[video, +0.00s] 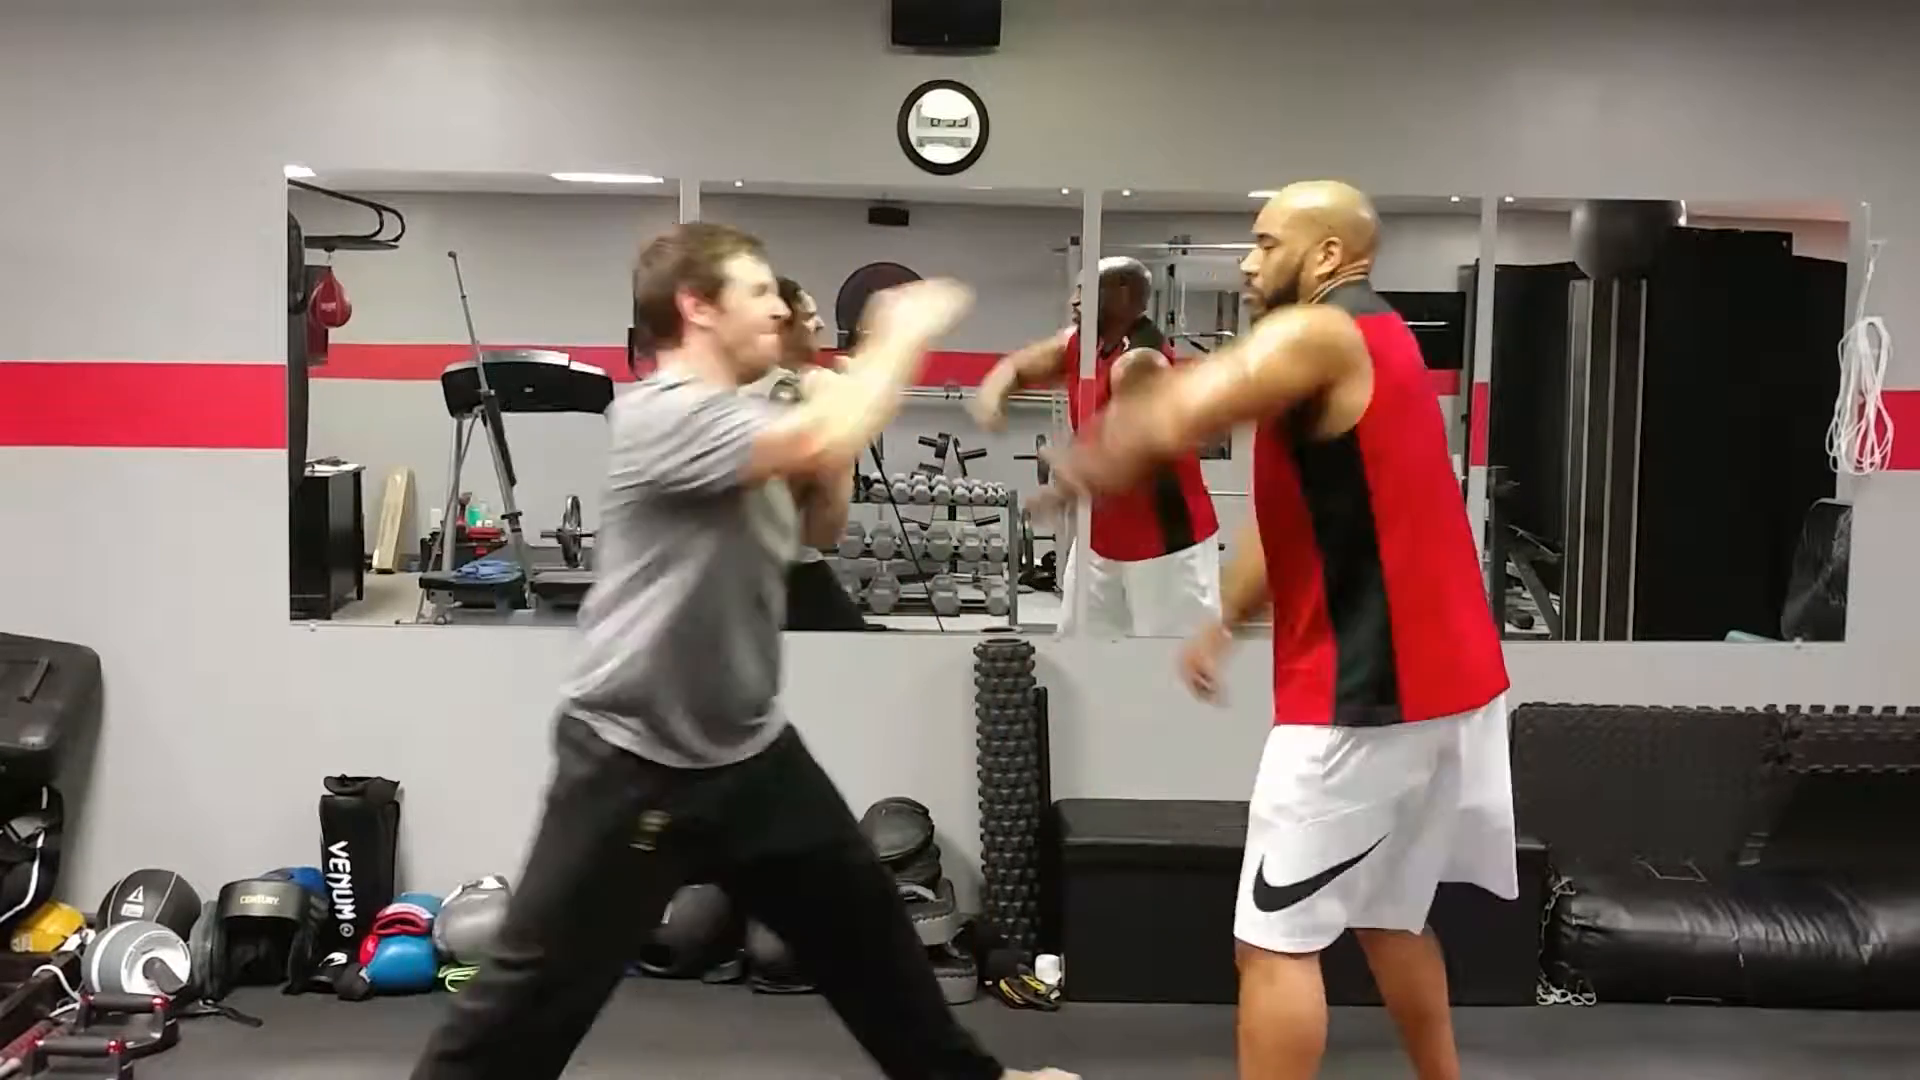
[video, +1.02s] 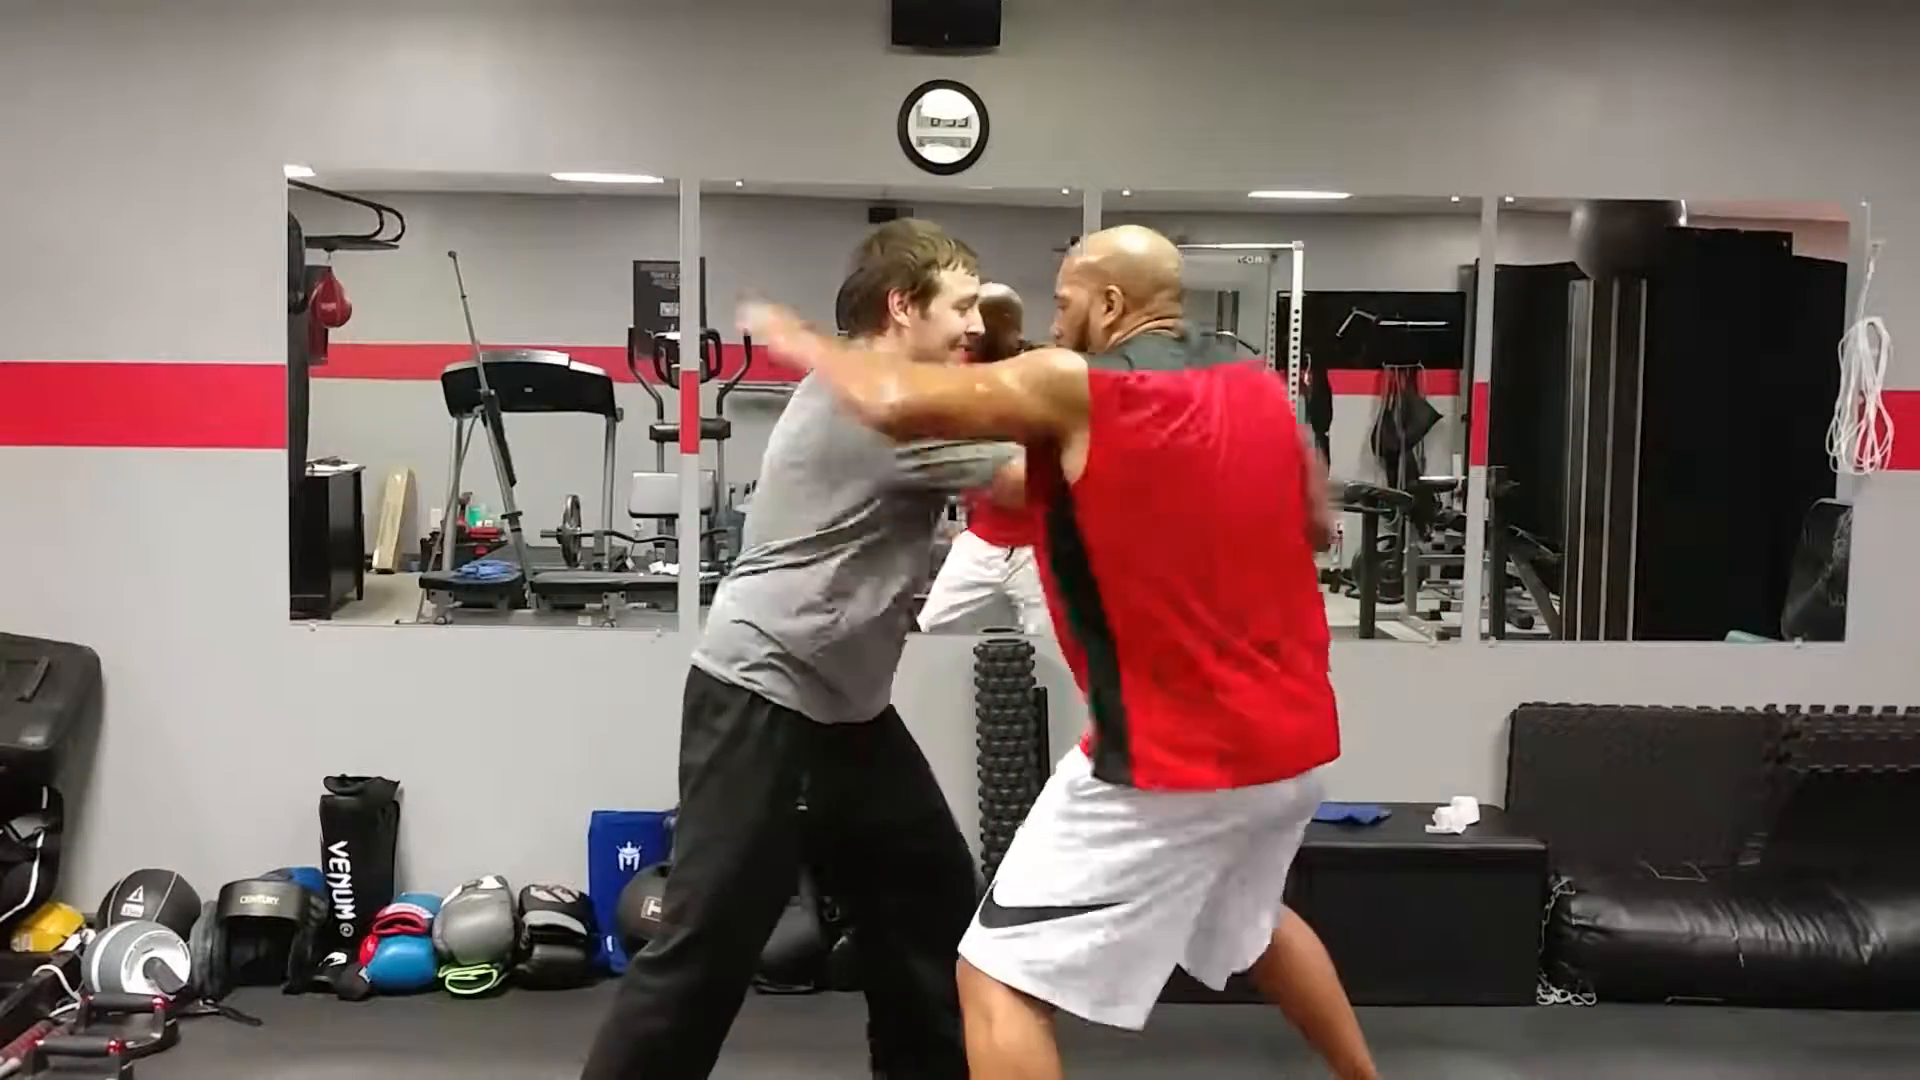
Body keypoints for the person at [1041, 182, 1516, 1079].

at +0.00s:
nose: (1248, 258)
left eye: (1267, 242)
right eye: (1253, 241)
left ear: (1330, 255)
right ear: (1335, 261)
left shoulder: (1319, 333)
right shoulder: (1374, 336)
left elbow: (1164, 421)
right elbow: (1305, 512)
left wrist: (1093, 460)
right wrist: (1224, 614)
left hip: (1355, 693)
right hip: (1438, 683)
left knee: (1275, 939)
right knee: (1391, 913)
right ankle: (1441, 1073)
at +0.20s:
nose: (1291, 241)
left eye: (1314, 228)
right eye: (1295, 226)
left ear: (1374, 246)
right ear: (1378, 252)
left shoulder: (1352, 312)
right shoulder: (1343, 313)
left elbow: (1185, 371)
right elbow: (1194, 322)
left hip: (1317, 662)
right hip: (1388, 664)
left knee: (1134, 872)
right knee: (1357, 913)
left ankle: (1194, 1074)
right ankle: (1429, 1073)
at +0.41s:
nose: (1213, 313)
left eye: (1228, 296)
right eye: (1217, 294)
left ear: (1284, 308)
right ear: (1327, 306)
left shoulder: (1247, 426)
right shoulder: (1391, 377)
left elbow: (1097, 512)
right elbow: (1244, 418)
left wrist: (1060, 379)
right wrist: (1129, 390)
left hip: (1241, 737)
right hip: (1353, 726)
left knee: (1106, 953)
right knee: (1306, 921)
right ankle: (1413, 1072)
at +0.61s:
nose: (1053, 346)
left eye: (1066, 328)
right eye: (1055, 327)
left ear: (1126, 333)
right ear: (1149, 328)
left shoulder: (1176, 458)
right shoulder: (1229, 383)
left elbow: (1154, 650)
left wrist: (1049, 618)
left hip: (1210, 762)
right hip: (1301, 740)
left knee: (1022, 977)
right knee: (1280, 950)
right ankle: (1385, 1075)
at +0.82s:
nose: (1050, 327)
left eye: (1060, 308)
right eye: (1051, 308)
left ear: (1118, 310)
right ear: (1141, 308)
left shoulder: (1147, 426)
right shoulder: (1213, 379)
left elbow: (1048, 595)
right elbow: (1071, 428)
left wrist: (926, 577)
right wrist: (956, 401)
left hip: (1191, 757)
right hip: (1286, 736)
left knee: (1013, 980)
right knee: (1244, 957)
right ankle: (1325, 1074)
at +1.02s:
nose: (1053, 313)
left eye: (1064, 296)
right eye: (1056, 294)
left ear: (1110, 303)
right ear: (1164, 304)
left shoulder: (1069, 379)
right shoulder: (1257, 379)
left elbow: (894, 398)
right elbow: (1318, 523)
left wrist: (798, 336)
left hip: (1156, 754)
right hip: (1295, 739)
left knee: (997, 971)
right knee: (1254, 917)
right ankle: (1362, 1071)